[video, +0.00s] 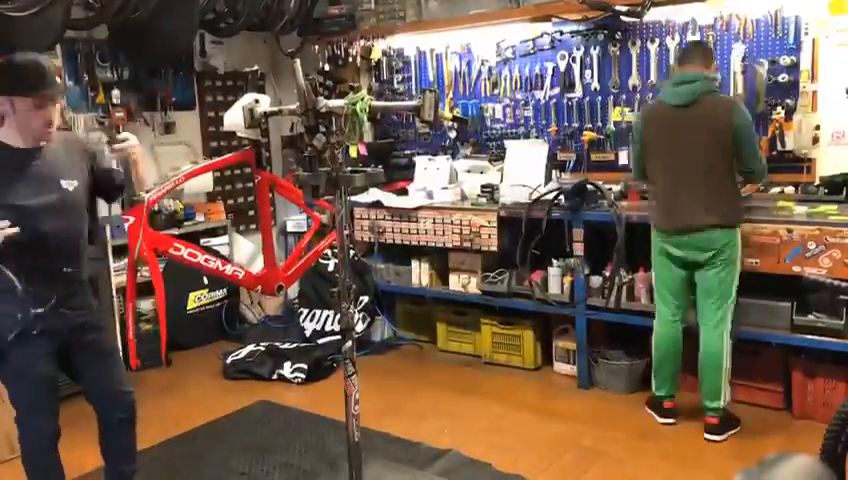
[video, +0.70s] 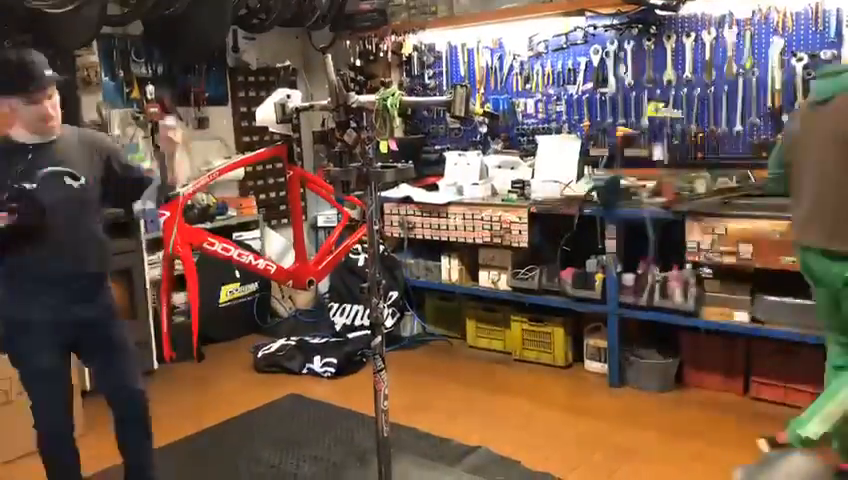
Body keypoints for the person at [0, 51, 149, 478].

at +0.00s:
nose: (52, 117)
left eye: (55, 104)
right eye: (39, 107)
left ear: (61, 101)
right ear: (5, 108)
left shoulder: (73, 149)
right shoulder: (1, 162)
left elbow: (132, 196)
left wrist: (136, 163)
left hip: (78, 309)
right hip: (19, 318)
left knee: (118, 405)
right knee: (39, 429)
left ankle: (122, 473)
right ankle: (47, 477)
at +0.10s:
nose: (70, 122)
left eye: (73, 110)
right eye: (58, 112)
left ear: (77, 106)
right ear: (19, 105)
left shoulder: (81, 153)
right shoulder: (5, 160)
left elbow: (121, 195)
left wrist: (146, 196)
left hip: (80, 310)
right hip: (21, 315)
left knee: (121, 405)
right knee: (43, 426)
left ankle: (123, 473)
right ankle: (49, 476)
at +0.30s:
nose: (10, 107)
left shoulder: (22, 149)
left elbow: (76, 106)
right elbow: (3, 330)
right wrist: (71, 327)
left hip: (66, 301)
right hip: (16, 321)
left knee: (99, 381)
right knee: (27, 427)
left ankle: (112, 463)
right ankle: (32, 475)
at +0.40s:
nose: (54, 147)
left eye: (56, 136)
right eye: (44, 141)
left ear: (57, 122)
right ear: (10, 136)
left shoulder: (55, 153)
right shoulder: (4, 170)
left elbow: (101, 184)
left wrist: (122, 182)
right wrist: (21, 230)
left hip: (60, 311)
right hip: (14, 322)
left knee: (80, 415)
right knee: (19, 444)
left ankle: (80, 474)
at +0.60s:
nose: (83, 129)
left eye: (80, 116)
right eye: (69, 128)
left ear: (86, 103)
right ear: (52, 134)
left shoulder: (130, 139)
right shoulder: (59, 176)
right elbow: (82, 248)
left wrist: (177, 123)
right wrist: (131, 205)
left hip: (155, 284)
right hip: (110, 292)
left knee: (158, 393)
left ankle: (149, 474)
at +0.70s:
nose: (51, 107)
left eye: (53, 94)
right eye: (37, 100)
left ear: (59, 92)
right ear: (9, 110)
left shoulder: (92, 146)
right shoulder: (5, 160)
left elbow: (148, 196)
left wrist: (166, 156)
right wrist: (5, 223)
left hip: (91, 304)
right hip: (28, 312)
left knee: (131, 400)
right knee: (54, 424)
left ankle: (141, 475)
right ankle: (66, 476)